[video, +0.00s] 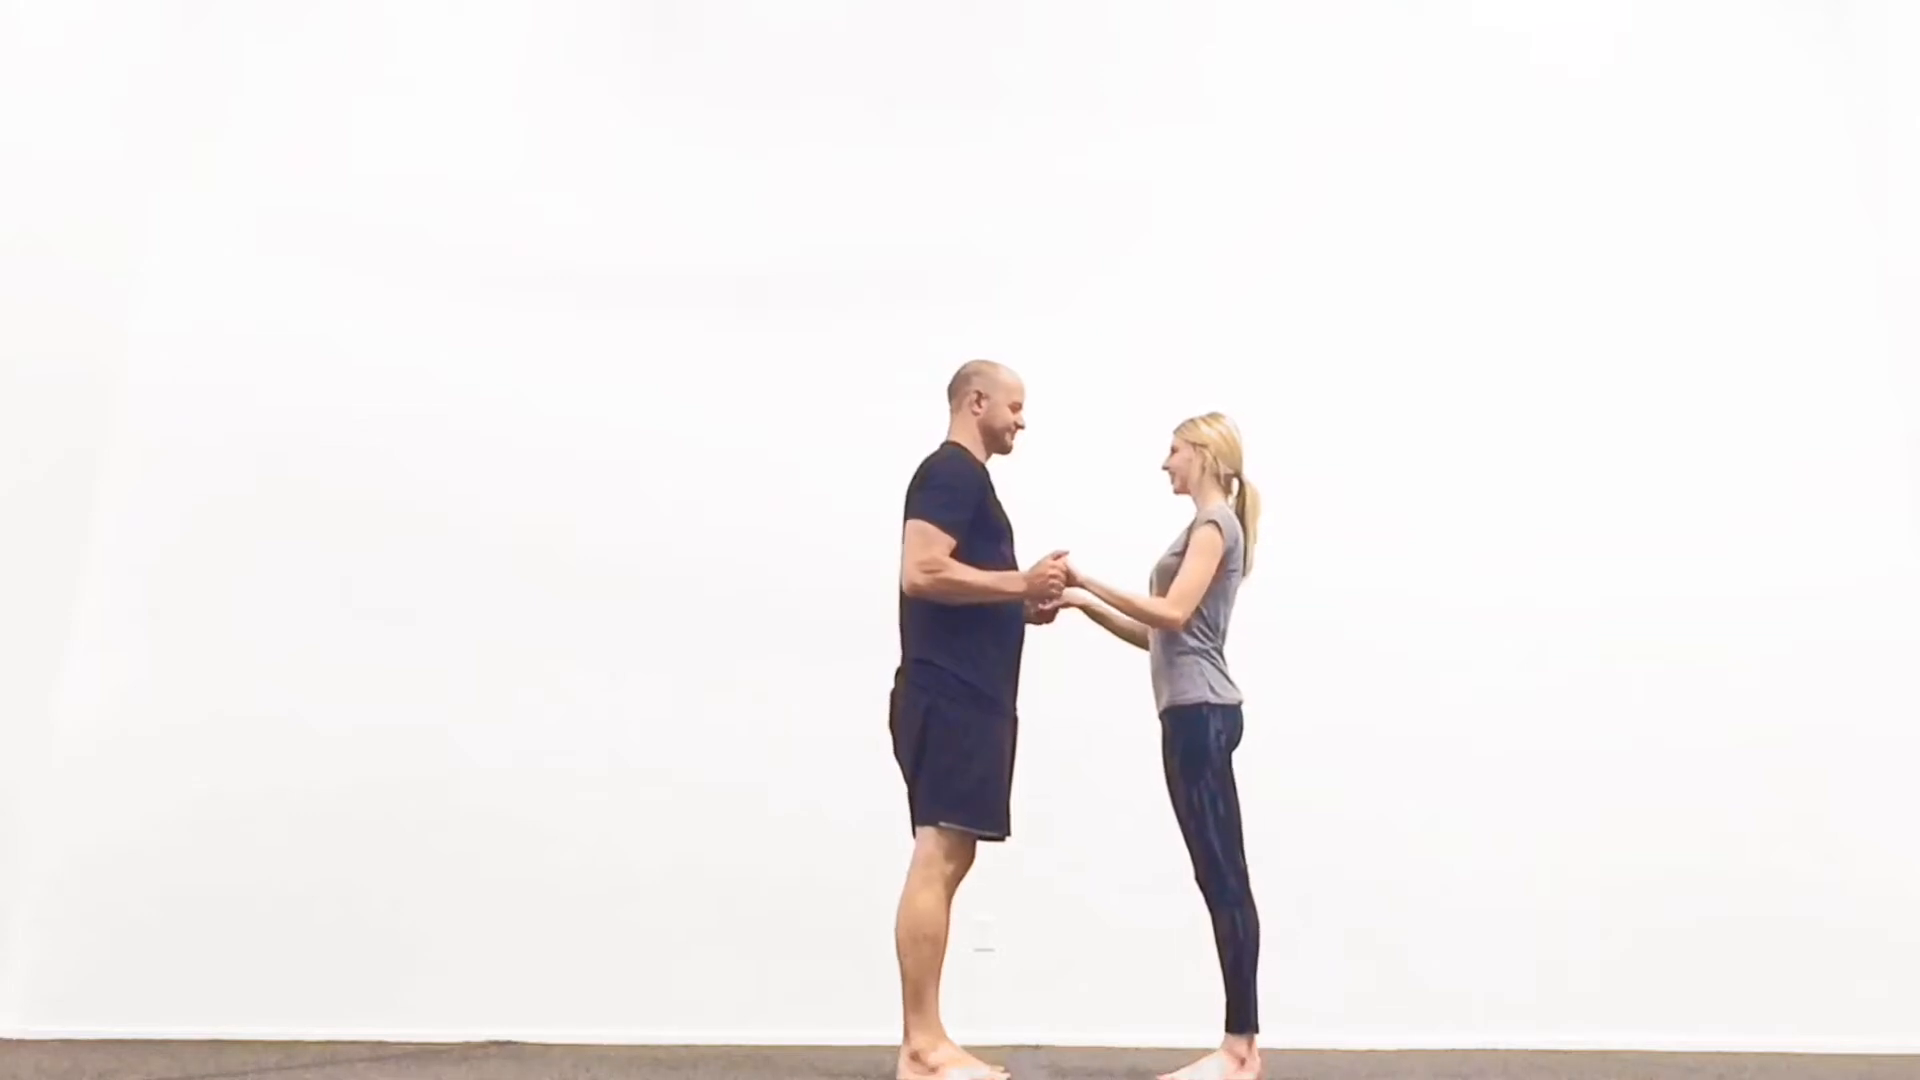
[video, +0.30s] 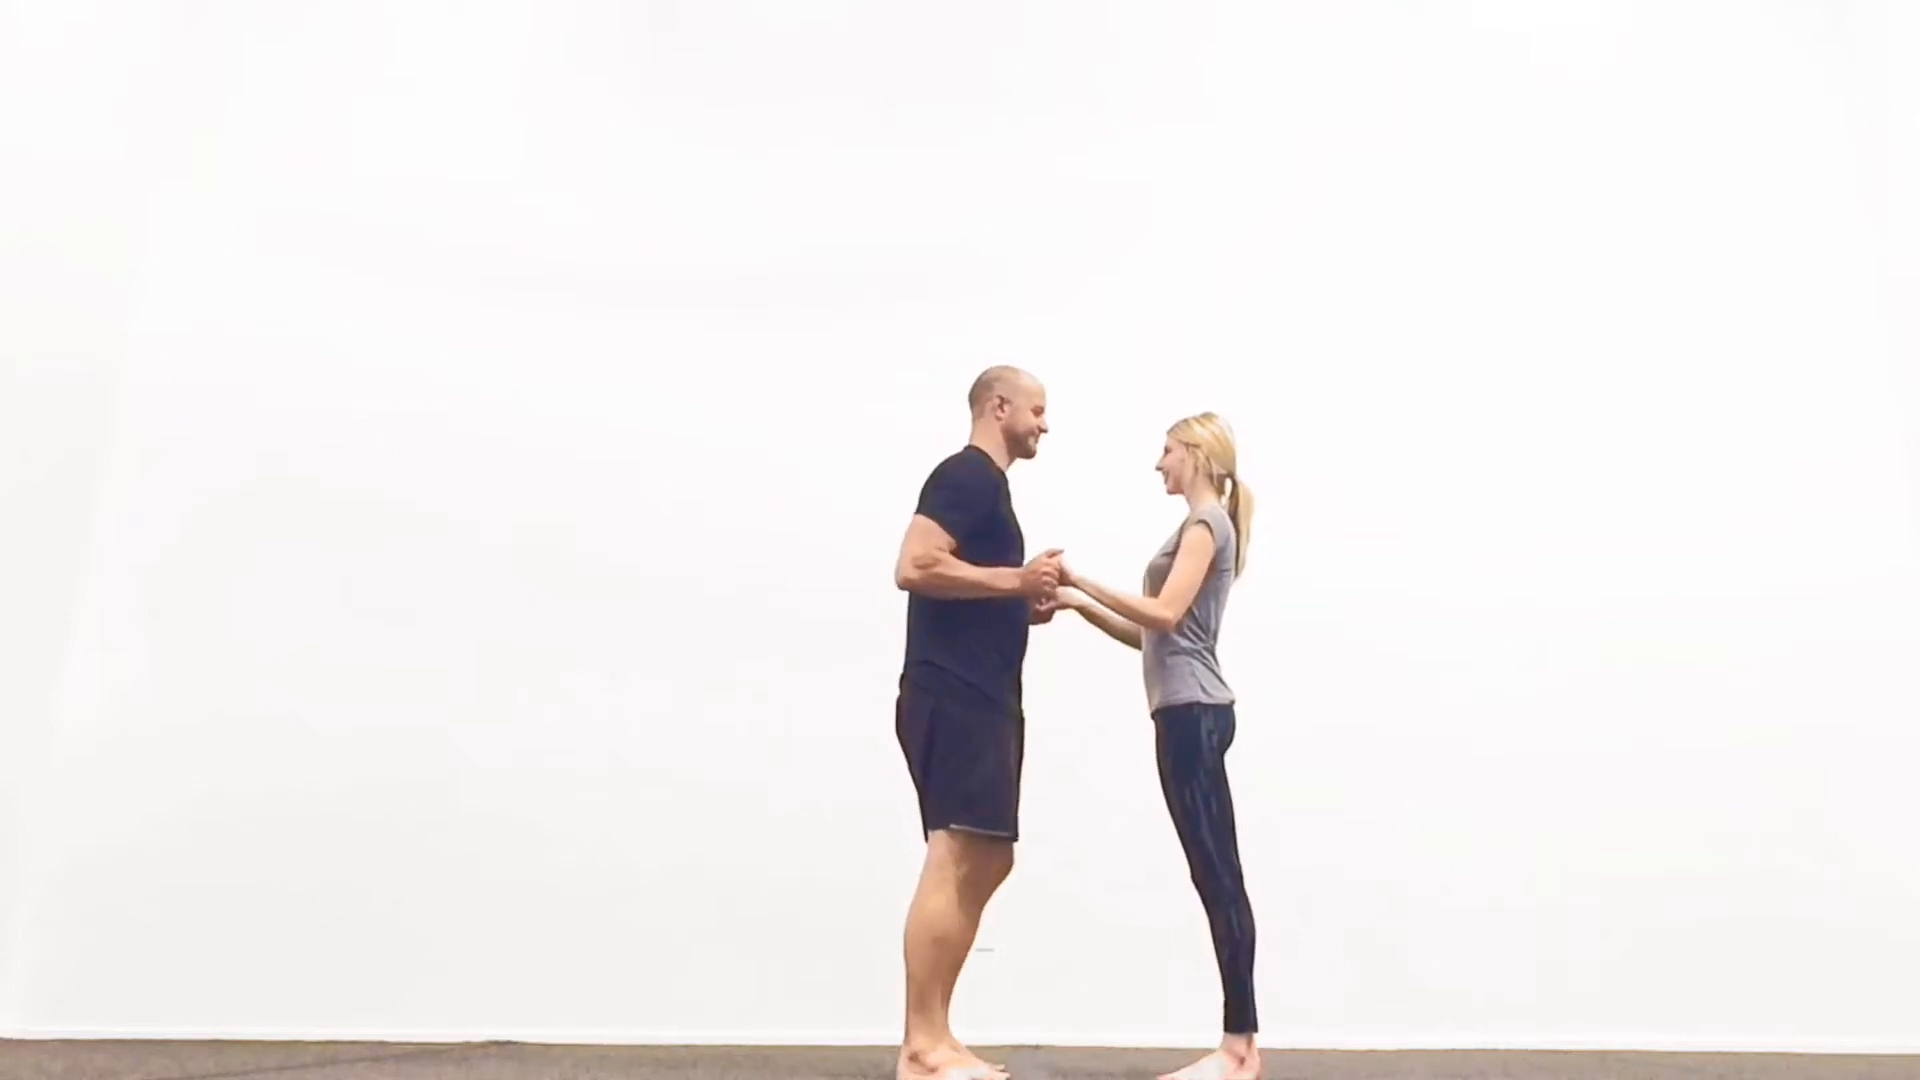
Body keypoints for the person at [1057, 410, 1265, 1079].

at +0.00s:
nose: (1165, 462)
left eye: (1174, 450)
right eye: (1169, 451)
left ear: (1205, 456)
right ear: (1210, 459)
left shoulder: (1212, 523)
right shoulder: (1206, 530)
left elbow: (1174, 612)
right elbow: (1157, 638)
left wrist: (1085, 582)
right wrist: (1085, 602)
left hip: (1198, 708)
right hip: (1192, 709)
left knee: (1220, 878)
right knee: (1220, 879)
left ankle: (1239, 1047)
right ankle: (1241, 1044)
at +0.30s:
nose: (1159, 462)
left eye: (1167, 450)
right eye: (1162, 451)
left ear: (1197, 455)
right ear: (1203, 458)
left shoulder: (1205, 522)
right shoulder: (1201, 528)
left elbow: (1166, 613)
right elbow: (1152, 638)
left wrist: (1079, 582)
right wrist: (1079, 604)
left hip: (1191, 708)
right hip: (1186, 708)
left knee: (1215, 876)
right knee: (1216, 877)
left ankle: (1238, 1047)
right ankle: (1240, 1044)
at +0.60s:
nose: (1169, 469)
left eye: (1178, 456)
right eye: (1173, 457)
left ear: (1209, 460)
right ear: (1217, 464)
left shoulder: (1221, 525)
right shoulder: (1224, 534)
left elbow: (1197, 620)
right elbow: (1176, 649)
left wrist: (1106, 603)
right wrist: (1090, 620)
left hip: (1221, 719)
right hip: (1232, 719)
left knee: (1143, 860)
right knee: (1235, 885)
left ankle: (1231, 1007)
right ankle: (1248, 1051)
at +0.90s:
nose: (1244, 478)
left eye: (1252, 466)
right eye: (1246, 466)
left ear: (1280, 470)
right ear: (1283, 471)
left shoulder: (1299, 536)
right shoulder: (1286, 544)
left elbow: (1275, 629)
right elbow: (1223, 639)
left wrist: (1192, 639)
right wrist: (1156, 606)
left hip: (1296, 732)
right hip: (1275, 733)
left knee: (1309, 894)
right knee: (1262, 889)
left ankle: (1442, 996)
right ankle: (1247, 1048)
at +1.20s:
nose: (1329, 489)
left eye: (1336, 478)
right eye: (1330, 479)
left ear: (1365, 481)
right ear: (1365, 483)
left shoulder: (1396, 548)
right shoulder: (1355, 561)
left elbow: (1404, 650)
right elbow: (1280, 607)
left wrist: (1374, 742)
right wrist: (1227, 550)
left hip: (1411, 736)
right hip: (1358, 741)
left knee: (1475, 883)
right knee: (1306, 886)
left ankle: (1531, 1045)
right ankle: (1243, 1037)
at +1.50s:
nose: (1362, 494)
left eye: (1370, 482)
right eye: (1363, 484)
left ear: (1405, 484)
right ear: (1399, 486)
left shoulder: (1433, 553)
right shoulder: (1381, 565)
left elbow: (1441, 651)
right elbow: (1299, 598)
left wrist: (1440, 747)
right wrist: (1250, 542)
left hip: (1424, 741)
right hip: (1373, 745)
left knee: (1480, 890)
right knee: (1305, 873)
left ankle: (1529, 1049)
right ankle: (1232, 1016)